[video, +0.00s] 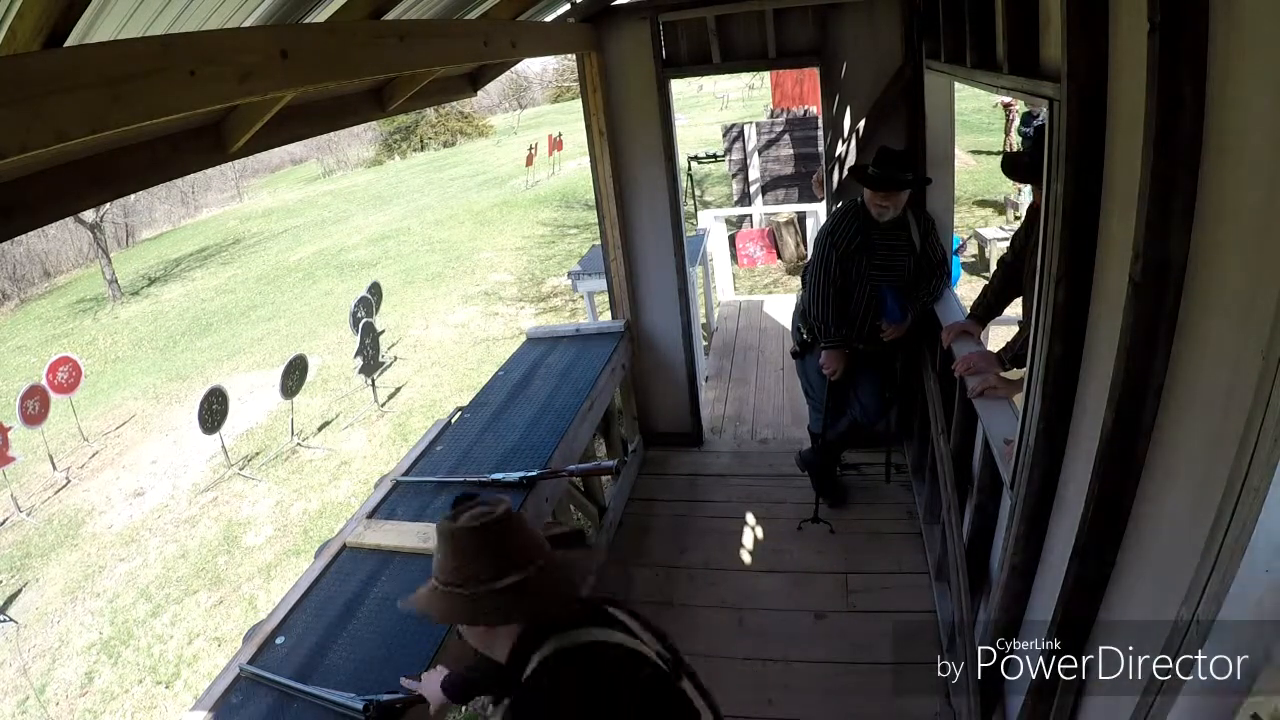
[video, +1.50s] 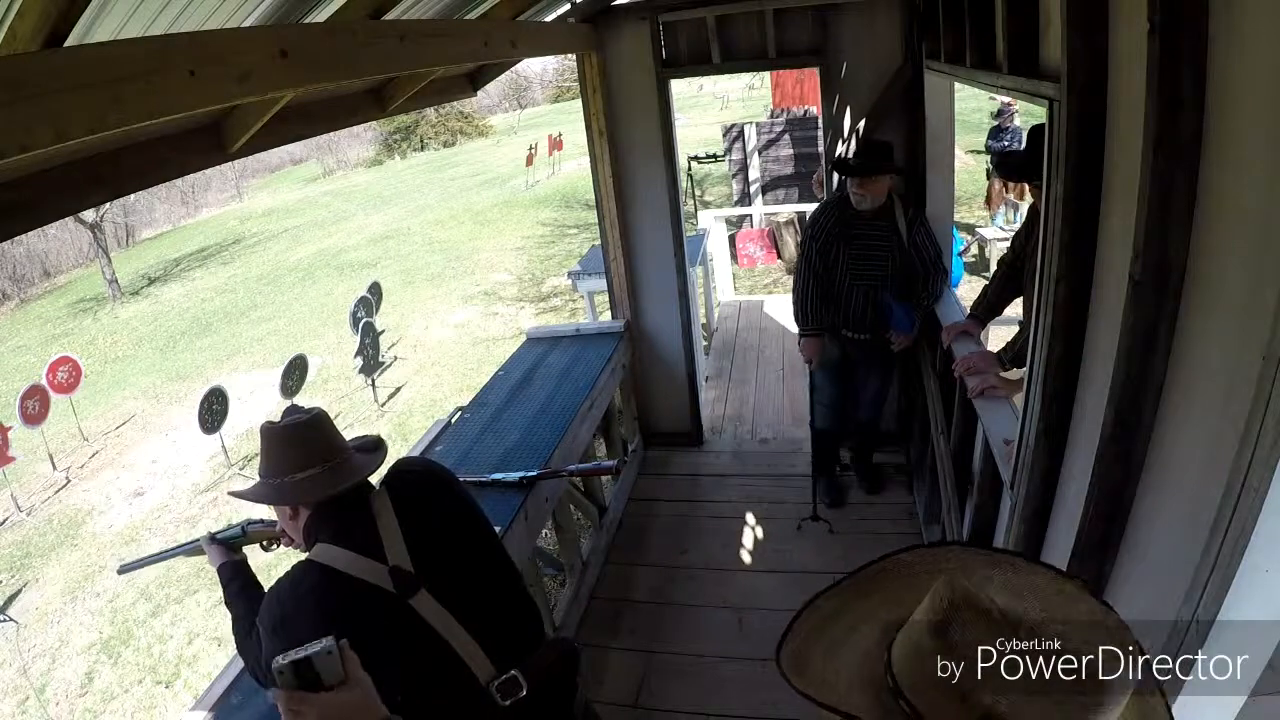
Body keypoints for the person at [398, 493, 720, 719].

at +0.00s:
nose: (457, 626)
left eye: (457, 617)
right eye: (454, 616)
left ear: (478, 622)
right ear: (541, 578)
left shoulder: (552, 699)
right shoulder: (596, 613)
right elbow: (528, 666)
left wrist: (448, 704)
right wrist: (455, 684)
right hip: (701, 709)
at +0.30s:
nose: (352, 553)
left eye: (351, 542)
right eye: (349, 541)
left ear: (371, 549)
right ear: (435, 503)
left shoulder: (377, 652)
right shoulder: (524, 545)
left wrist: (317, 661)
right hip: (614, 712)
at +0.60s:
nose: (285, 518)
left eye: (285, 509)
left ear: (301, 518)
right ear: (370, 474)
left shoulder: (304, 606)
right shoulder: (449, 495)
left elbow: (237, 676)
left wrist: (245, 562)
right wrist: (327, 520)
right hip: (539, 697)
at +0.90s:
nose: (282, 510)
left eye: (281, 501)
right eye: (282, 498)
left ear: (301, 508)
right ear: (365, 470)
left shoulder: (301, 600)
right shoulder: (436, 481)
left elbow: (212, 652)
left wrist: (229, 548)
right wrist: (317, 515)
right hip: (545, 685)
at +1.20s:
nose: (283, 510)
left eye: (282, 500)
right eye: (279, 500)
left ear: (303, 505)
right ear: (364, 467)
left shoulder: (307, 603)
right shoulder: (436, 479)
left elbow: (242, 681)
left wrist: (234, 576)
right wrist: (320, 531)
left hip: (448, 718)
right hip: (553, 681)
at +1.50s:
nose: (278, 516)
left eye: (275, 507)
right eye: (272, 508)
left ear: (295, 512)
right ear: (356, 471)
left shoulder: (295, 605)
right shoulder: (427, 480)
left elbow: (268, 668)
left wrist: (228, 568)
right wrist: (313, 538)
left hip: (446, 719)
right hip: (544, 678)